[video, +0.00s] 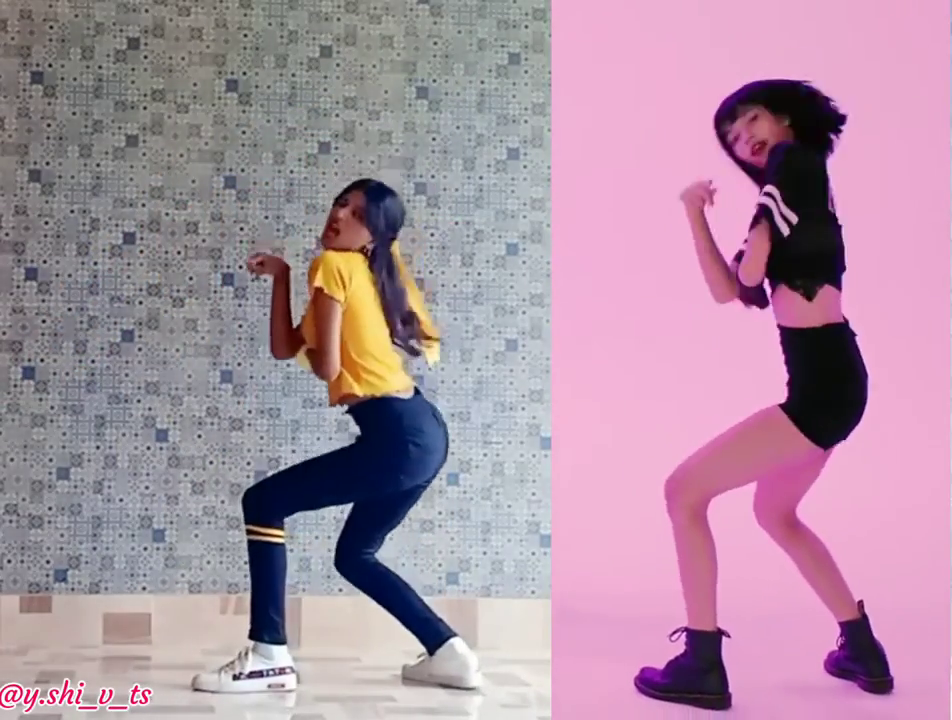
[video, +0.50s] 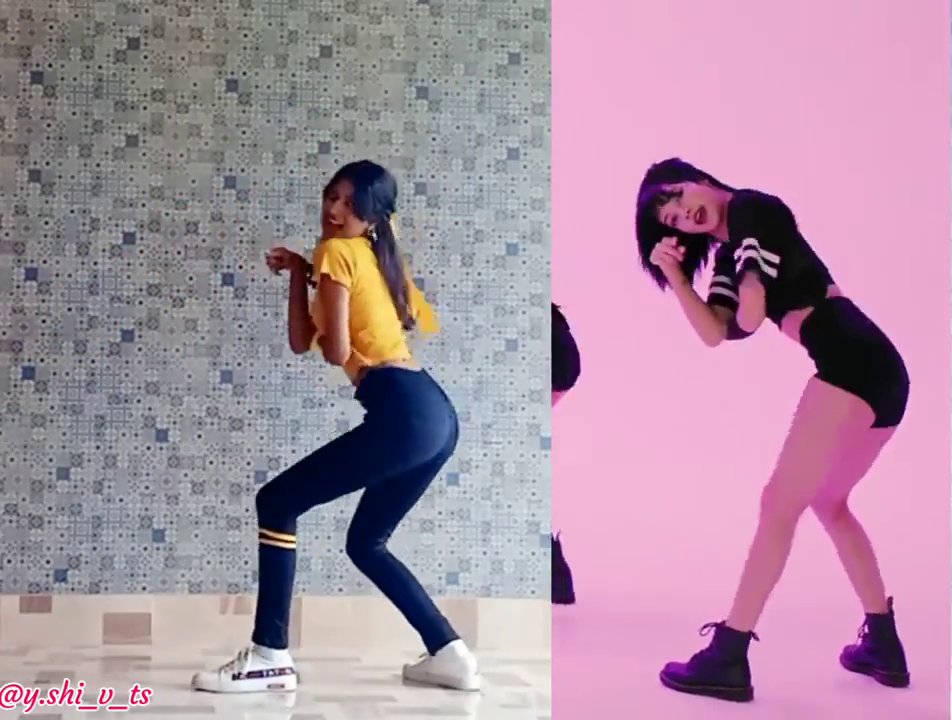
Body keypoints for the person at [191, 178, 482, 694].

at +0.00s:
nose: (337, 214)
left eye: (351, 212)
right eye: (340, 204)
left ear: (372, 234)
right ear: (339, 210)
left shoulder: (335, 264)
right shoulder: (377, 273)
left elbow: (328, 367)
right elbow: (283, 347)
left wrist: (316, 328)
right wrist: (281, 278)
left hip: (393, 437)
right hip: (427, 435)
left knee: (262, 501)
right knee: (353, 557)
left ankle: (267, 654)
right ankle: (446, 651)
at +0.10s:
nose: (331, 225)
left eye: (346, 224)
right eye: (334, 214)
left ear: (367, 247)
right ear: (330, 216)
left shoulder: (326, 277)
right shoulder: (370, 281)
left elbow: (323, 381)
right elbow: (284, 363)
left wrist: (311, 345)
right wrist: (284, 293)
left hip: (393, 447)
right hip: (429, 445)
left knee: (261, 502)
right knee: (350, 560)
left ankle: (267, 654)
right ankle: (446, 652)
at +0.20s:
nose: (324, 213)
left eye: (338, 210)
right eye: (328, 202)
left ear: (360, 231)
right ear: (361, 231)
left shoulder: (322, 264)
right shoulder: (368, 268)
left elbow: (321, 366)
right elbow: (286, 353)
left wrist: (310, 326)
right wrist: (282, 282)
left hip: (395, 430)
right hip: (433, 428)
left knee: (268, 502)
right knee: (360, 547)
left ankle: (268, 654)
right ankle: (448, 651)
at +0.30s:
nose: (320, 194)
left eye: (333, 191)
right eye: (324, 182)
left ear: (356, 208)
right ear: (363, 209)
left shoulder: (321, 243)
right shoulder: (373, 249)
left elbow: (326, 341)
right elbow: (289, 330)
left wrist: (328, 333)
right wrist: (281, 263)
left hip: (395, 397)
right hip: (440, 408)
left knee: (286, 502)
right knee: (370, 535)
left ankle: (269, 655)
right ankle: (448, 650)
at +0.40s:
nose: (322, 198)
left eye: (335, 193)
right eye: (320, 187)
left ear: (361, 206)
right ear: (316, 188)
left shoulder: (334, 243)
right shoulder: (376, 246)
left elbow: (348, 337)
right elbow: (299, 328)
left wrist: (344, 350)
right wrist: (285, 263)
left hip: (391, 383)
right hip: (438, 401)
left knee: (301, 502)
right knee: (371, 534)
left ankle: (272, 656)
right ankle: (448, 651)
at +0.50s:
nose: (328, 208)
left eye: (340, 202)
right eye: (329, 197)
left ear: (365, 215)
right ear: (360, 211)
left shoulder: (338, 249)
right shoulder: (372, 256)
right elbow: (299, 340)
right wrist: (298, 274)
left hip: (402, 417)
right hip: (437, 420)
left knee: (276, 502)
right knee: (366, 543)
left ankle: (268, 656)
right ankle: (447, 652)